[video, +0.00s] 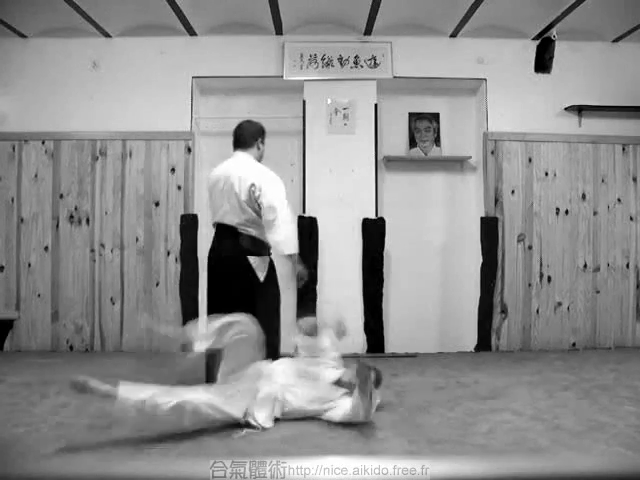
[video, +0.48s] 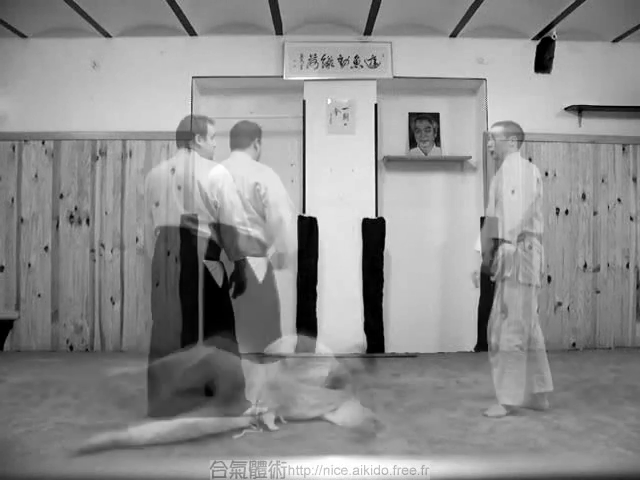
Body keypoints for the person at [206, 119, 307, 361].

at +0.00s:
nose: (264, 149)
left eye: (264, 144)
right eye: (264, 144)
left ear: (235, 143)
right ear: (259, 143)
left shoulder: (216, 174)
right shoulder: (264, 178)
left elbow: (219, 215)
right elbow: (279, 229)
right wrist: (296, 262)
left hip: (220, 249)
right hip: (252, 253)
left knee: (222, 317)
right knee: (262, 318)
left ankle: (221, 378)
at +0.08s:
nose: (263, 149)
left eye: (262, 144)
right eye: (263, 144)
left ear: (233, 143)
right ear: (257, 143)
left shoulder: (216, 174)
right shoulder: (262, 176)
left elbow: (218, 215)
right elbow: (283, 220)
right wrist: (302, 257)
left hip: (220, 249)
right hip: (251, 253)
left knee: (221, 315)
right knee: (264, 316)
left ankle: (218, 384)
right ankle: (264, 381)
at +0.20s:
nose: (262, 149)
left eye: (261, 145)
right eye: (261, 145)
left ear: (232, 144)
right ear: (256, 143)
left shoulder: (215, 173)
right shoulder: (261, 174)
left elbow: (218, 214)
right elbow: (282, 215)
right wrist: (301, 252)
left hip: (218, 251)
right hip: (250, 252)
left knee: (221, 319)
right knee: (265, 318)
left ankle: (218, 388)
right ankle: (263, 384)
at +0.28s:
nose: (262, 149)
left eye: (261, 144)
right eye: (261, 144)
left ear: (232, 144)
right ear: (255, 143)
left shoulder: (214, 174)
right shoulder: (261, 174)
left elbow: (216, 213)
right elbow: (282, 215)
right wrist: (296, 250)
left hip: (218, 250)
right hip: (248, 252)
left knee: (220, 315)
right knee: (265, 315)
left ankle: (217, 383)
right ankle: (262, 381)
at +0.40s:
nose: (261, 150)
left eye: (260, 145)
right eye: (261, 145)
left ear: (232, 144)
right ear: (255, 144)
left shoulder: (214, 174)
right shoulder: (262, 175)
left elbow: (214, 212)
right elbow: (281, 217)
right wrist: (288, 251)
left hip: (217, 248)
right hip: (249, 252)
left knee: (218, 313)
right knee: (263, 315)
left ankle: (214, 381)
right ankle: (262, 381)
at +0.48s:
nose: (261, 148)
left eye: (260, 143)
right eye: (261, 143)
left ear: (231, 143)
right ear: (256, 143)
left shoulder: (216, 172)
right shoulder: (263, 174)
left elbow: (207, 218)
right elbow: (280, 218)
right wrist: (280, 257)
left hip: (223, 257)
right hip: (256, 258)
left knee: (229, 320)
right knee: (262, 320)